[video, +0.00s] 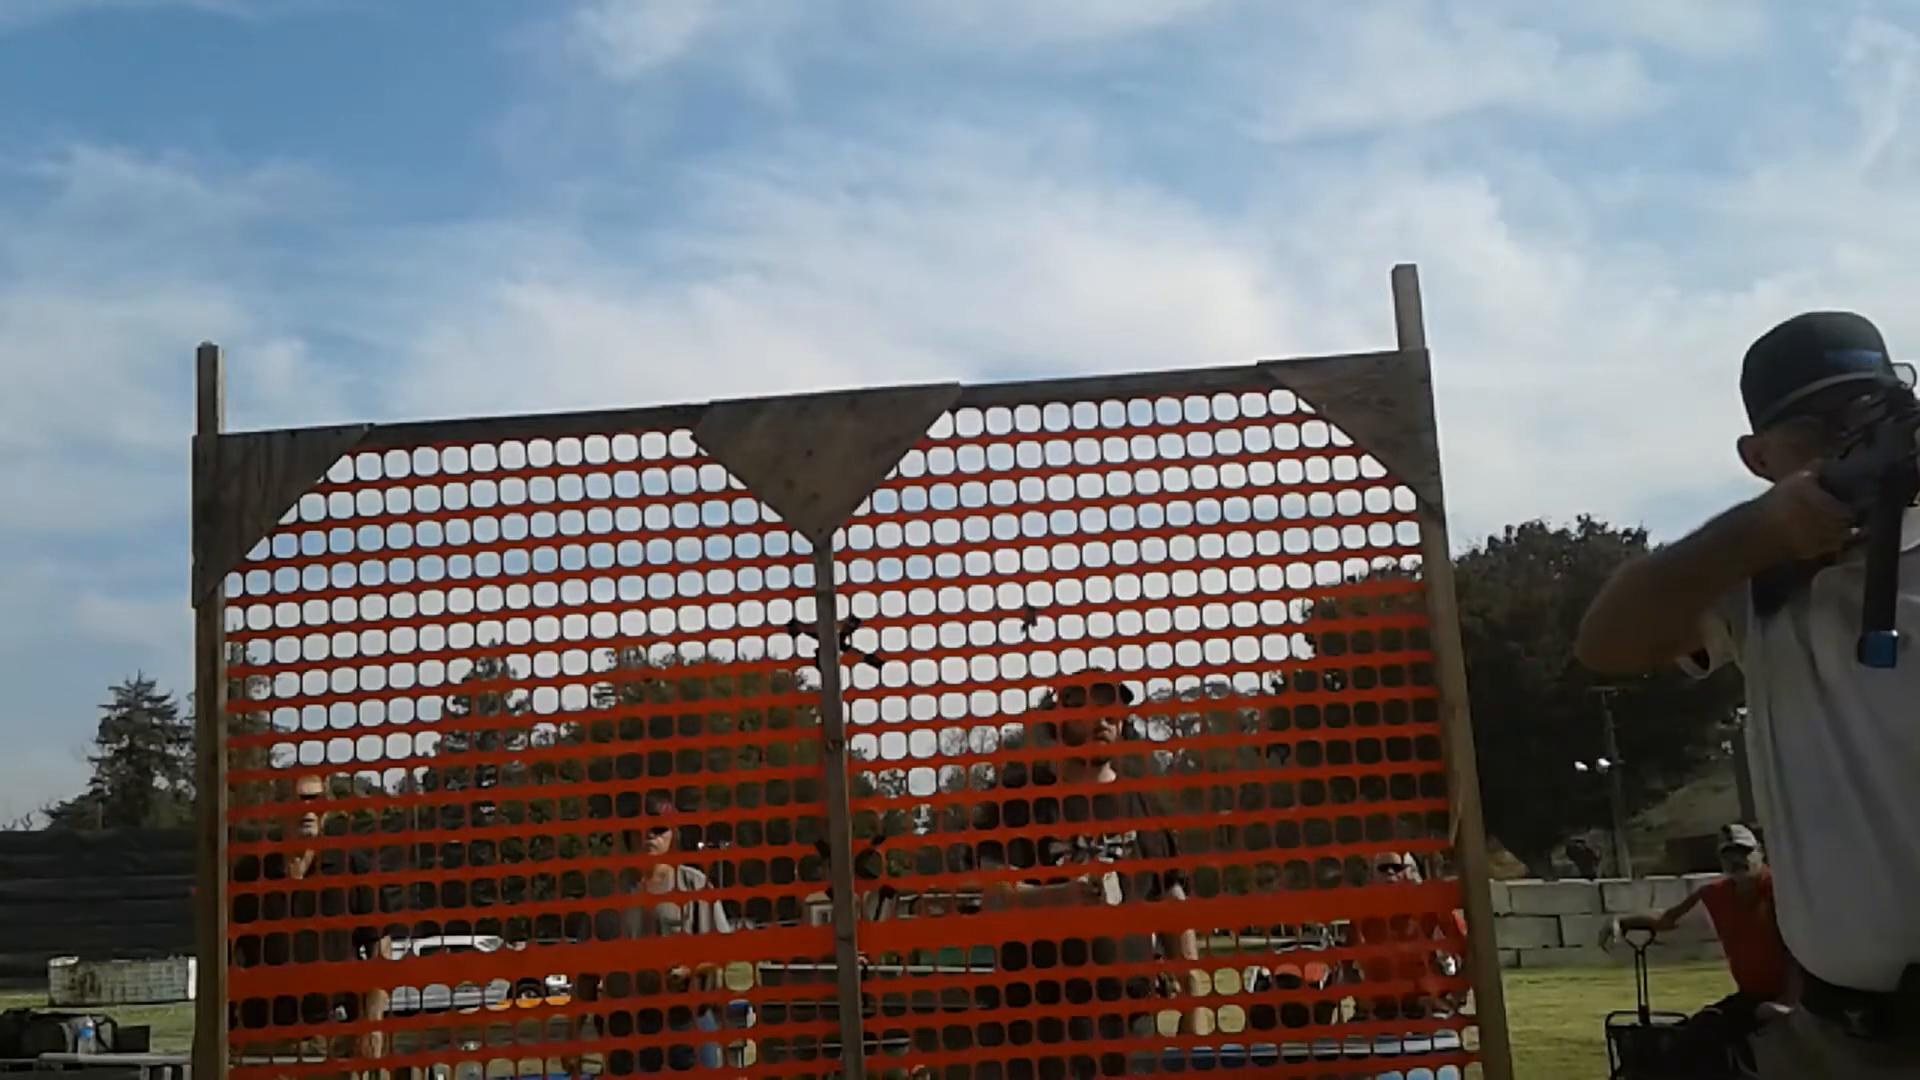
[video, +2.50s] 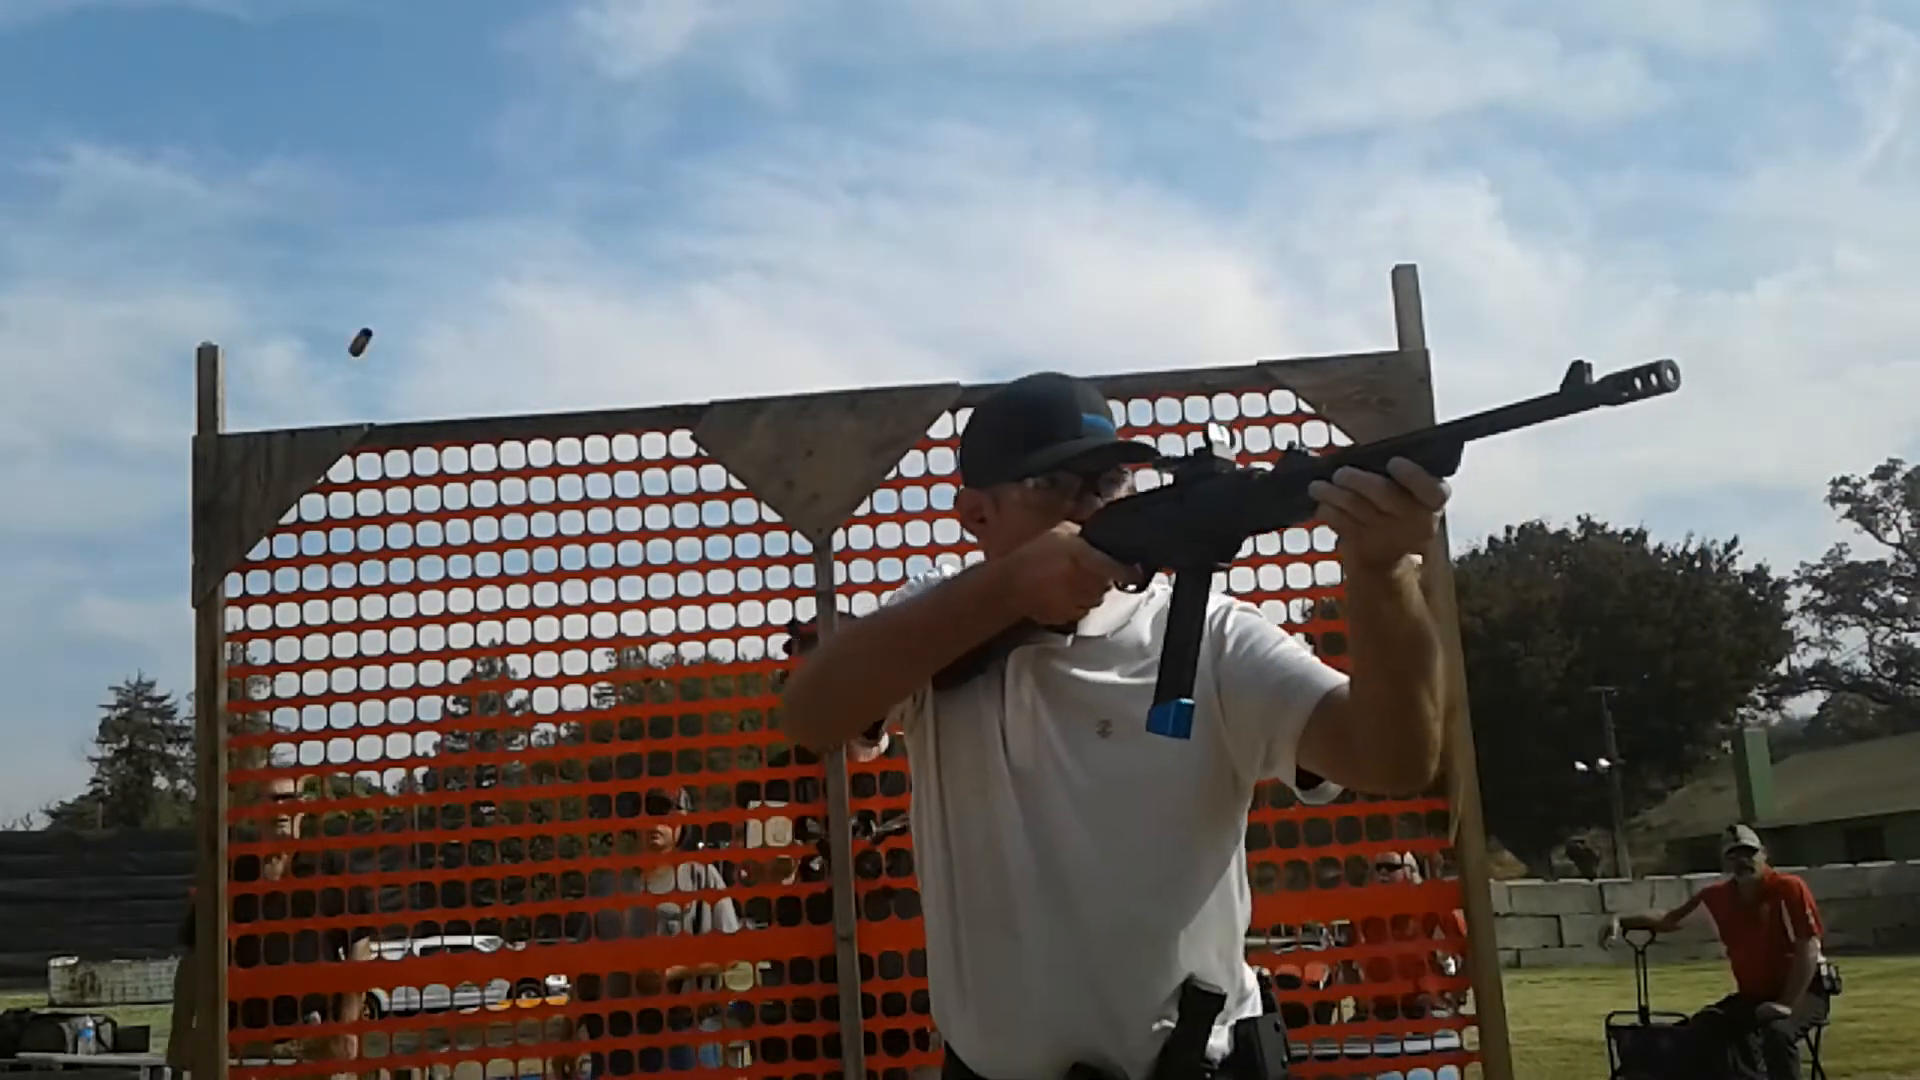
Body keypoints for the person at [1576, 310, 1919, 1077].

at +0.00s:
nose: (1850, 449)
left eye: (1868, 415)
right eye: (1816, 429)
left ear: (1899, 416)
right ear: (1759, 457)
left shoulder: (1916, 539)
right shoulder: (1764, 574)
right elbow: (1603, 643)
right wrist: (1770, 527)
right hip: (1821, 1025)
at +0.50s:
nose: (1805, 436)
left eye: (1827, 406)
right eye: (1774, 415)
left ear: (1875, 416)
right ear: (1731, 453)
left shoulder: (1912, 548)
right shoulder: (1735, 586)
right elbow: (1578, 662)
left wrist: (1913, 492)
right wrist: (1727, 543)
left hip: (1910, 1034)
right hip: (1796, 1036)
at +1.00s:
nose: (1448, 507)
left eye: (1460, 476)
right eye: (1409, 482)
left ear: (1483, 491)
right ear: (1337, 519)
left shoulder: (1570, 620)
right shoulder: (1327, 649)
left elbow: (1752, 788)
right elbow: (1193, 755)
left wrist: (1677, 630)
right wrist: (1346, 634)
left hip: (1648, 1036)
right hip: (1466, 1058)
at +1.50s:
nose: (1206, 511)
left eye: (1220, 481)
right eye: (1170, 488)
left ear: (1247, 489)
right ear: (1094, 518)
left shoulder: (1330, 630)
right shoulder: (1061, 631)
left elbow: (1522, 756)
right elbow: (939, 732)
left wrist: (1500, 581)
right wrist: (1130, 597)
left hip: (1344, 1054)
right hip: (1141, 1063)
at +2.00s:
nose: (1112, 498)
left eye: (1123, 472)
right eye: (1077, 477)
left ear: (1144, 479)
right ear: (993, 503)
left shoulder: (1224, 621)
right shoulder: (952, 624)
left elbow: (1413, 750)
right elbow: (828, 707)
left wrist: (1397, 571)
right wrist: (1024, 580)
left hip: (1227, 1052)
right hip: (1027, 1059)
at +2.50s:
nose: (1103, 506)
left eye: (1115, 480)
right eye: (1070, 485)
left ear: (1138, 485)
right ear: (981, 511)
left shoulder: (1206, 633)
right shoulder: (934, 638)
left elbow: (1395, 760)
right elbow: (810, 714)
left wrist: (1381, 581)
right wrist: (1009, 587)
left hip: (1198, 1055)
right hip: (994, 1060)